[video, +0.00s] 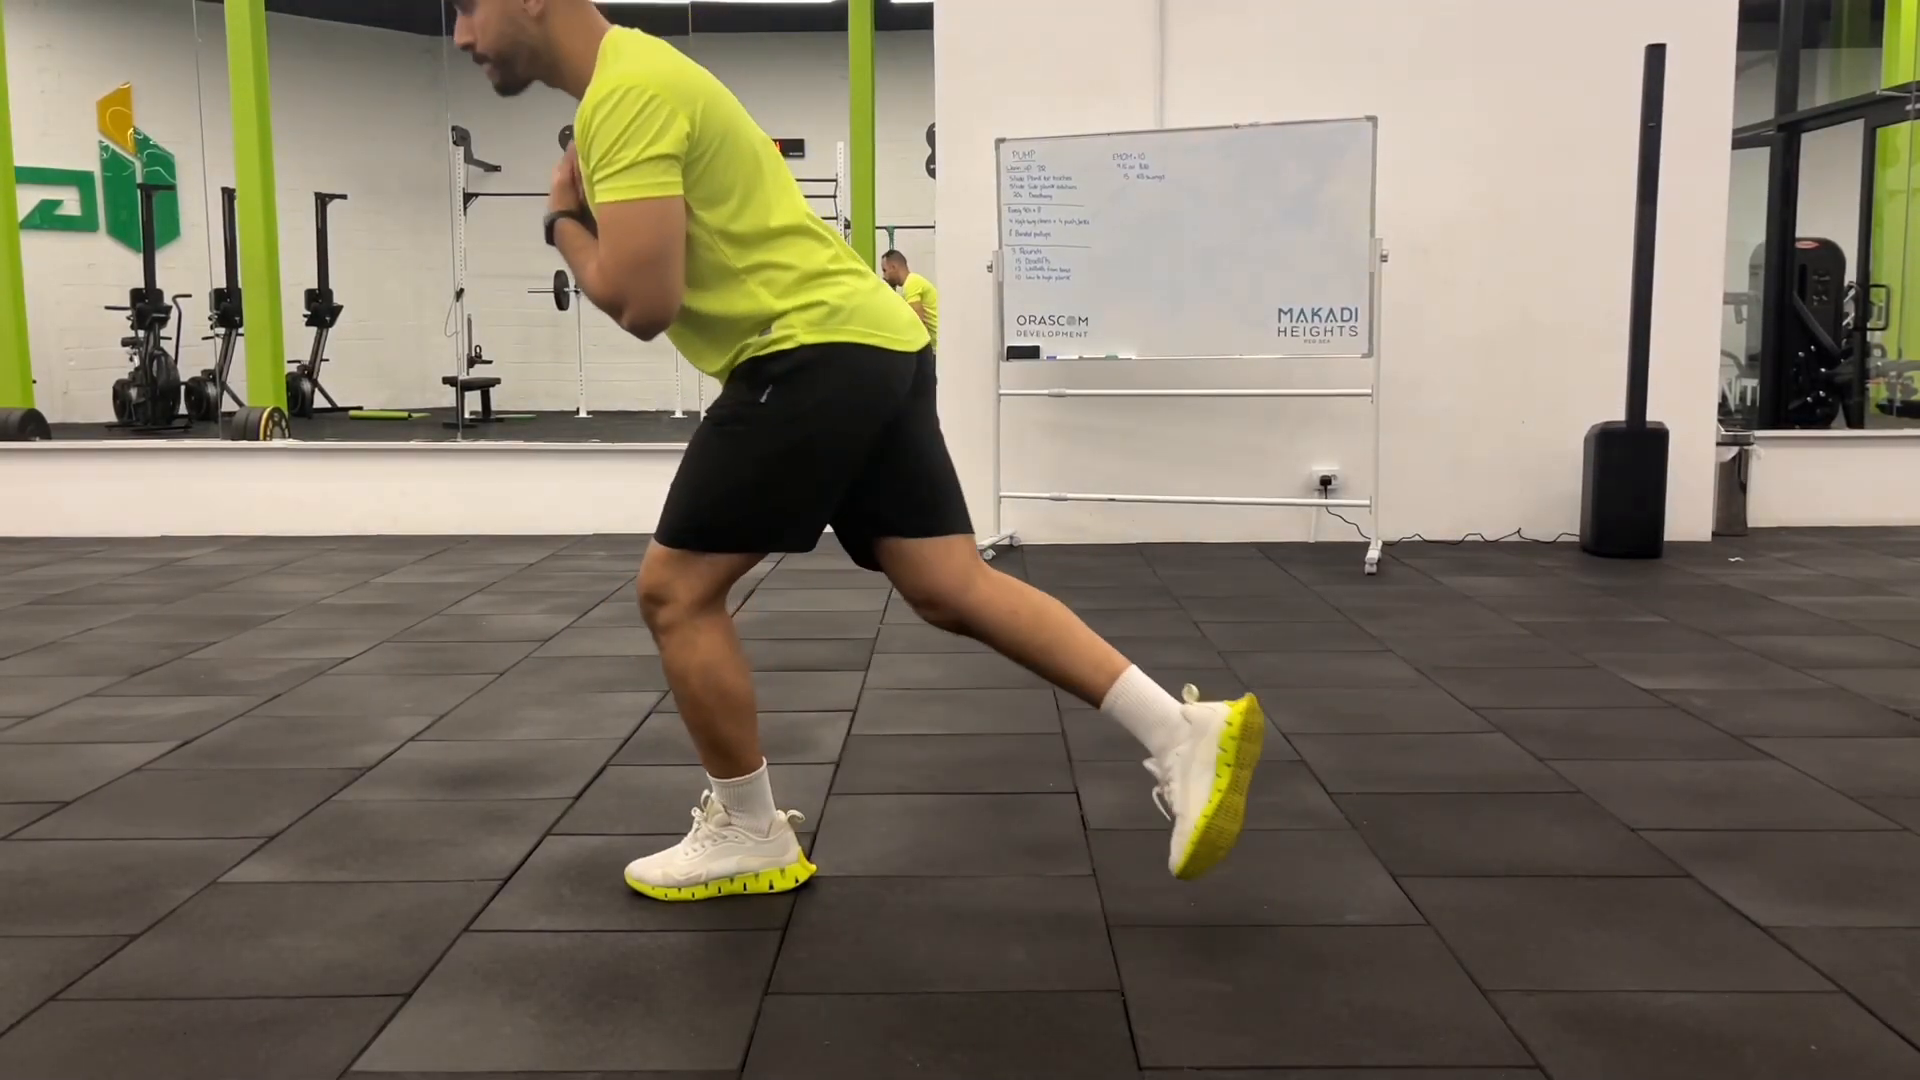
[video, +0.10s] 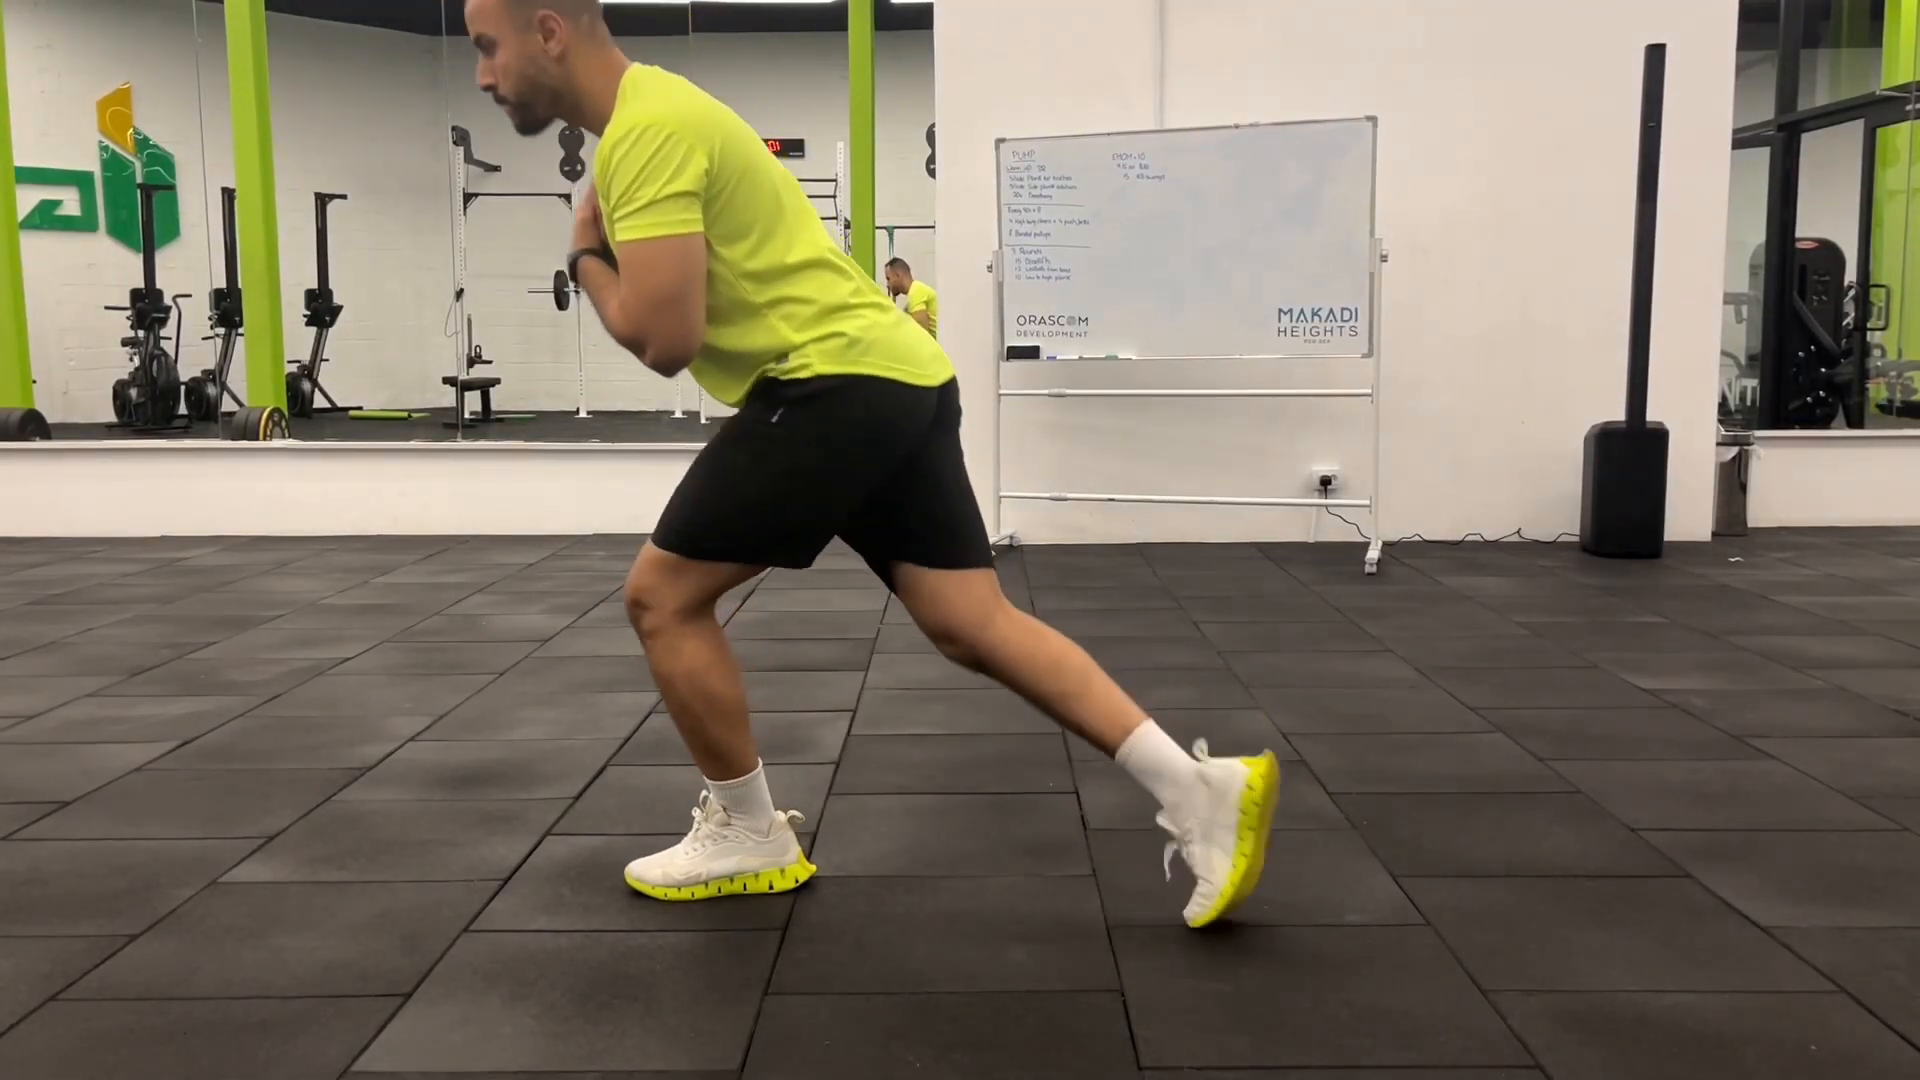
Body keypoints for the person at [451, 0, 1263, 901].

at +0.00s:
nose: (460, 36)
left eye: (467, 9)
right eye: (455, 17)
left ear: (530, 1)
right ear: (543, 8)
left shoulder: (632, 89)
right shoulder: (641, 79)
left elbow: (641, 302)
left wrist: (561, 223)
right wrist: (590, 223)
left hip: (807, 357)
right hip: (877, 342)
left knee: (678, 592)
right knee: (950, 583)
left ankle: (747, 830)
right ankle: (1181, 730)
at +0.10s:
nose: (482, 77)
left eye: (486, 47)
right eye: (474, 51)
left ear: (555, 31)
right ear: (562, 35)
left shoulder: (650, 130)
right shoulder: (668, 112)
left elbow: (663, 335)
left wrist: (587, 258)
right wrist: (609, 255)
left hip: (826, 391)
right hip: (900, 380)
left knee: (663, 597)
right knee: (973, 620)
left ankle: (748, 831)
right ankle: (1194, 790)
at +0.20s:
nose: (512, 116)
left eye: (518, 87)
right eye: (507, 93)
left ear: (580, 72)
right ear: (589, 72)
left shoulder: (679, 169)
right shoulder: (700, 155)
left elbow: (681, 377)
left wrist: (609, 297)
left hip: (853, 426)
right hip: (926, 422)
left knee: (651, 605)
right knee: (975, 673)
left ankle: (745, 831)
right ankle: (1231, 817)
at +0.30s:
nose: (541, 147)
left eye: (548, 121)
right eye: (536, 123)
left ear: (609, 107)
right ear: (620, 107)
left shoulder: (702, 204)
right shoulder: (727, 188)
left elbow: (701, 419)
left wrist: (636, 340)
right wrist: (663, 342)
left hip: (865, 469)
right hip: (941, 465)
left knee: (644, 609)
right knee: (973, 724)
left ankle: (747, 829)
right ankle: (1242, 831)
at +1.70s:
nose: (555, 100)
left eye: (557, 71)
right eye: (548, 76)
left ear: (617, 54)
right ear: (630, 57)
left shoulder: (702, 148)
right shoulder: (738, 135)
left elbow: (697, 358)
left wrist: (643, 279)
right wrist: (672, 282)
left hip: (869, 418)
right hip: (943, 417)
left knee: (668, 597)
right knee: (974, 674)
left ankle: (748, 834)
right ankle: (1227, 818)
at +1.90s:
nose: (507, 19)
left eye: (509, 2)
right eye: (501, 7)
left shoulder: (651, 58)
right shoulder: (679, 51)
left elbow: (648, 270)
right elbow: (663, 258)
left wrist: (593, 192)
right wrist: (613, 191)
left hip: (818, 345)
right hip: (891, 337)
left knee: (692, 585)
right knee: (928, 594)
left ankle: (750, 829)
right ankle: (1142, 756)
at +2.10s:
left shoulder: (644, 9)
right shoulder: (714, 15)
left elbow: (617, 213)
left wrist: (571, 126)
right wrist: (599, 132)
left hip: (772, 313)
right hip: (854, 307)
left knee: (712, 578)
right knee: (822, 556)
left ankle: (750, 831)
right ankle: (1002, 749)